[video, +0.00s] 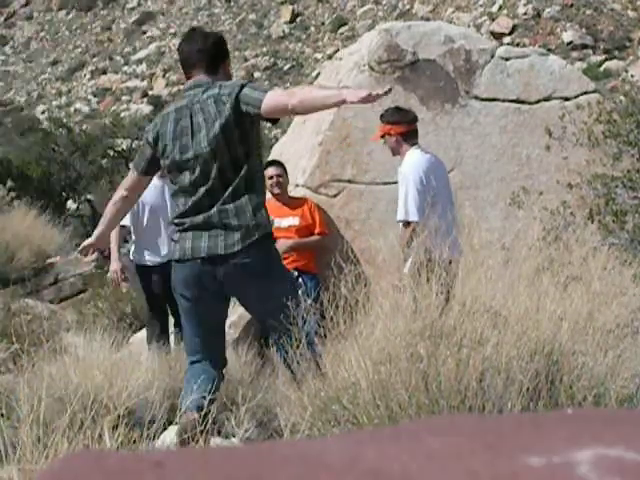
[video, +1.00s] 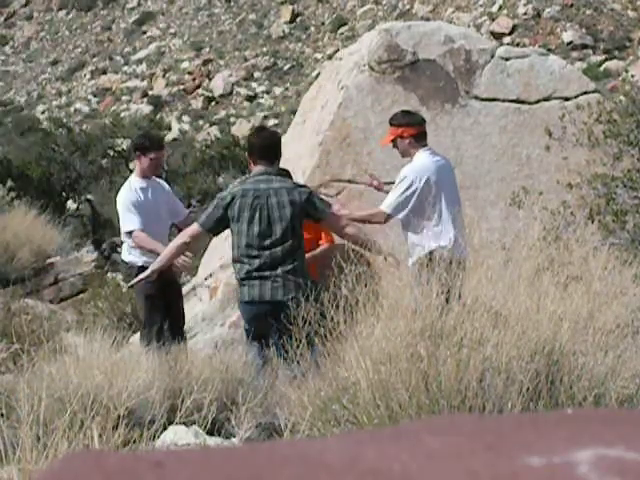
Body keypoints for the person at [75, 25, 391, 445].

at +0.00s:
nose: (229, 70)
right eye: (228, 64)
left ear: (183, 71)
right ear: (225, 64)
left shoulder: (163, 122)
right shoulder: (235, 94)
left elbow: (129, 190)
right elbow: (287, 102)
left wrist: (100, 235)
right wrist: (345, 96)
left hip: (189, 258)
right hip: (247, 249)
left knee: (203, 358)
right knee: (289, 335)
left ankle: (186, 423)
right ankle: (323, 413)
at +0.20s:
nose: (230, 105)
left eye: (225, 99)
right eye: (255, 97)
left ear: (224, 102)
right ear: (263, 97)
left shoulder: (208, 152)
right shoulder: (286, 124)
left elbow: (169, 223)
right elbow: (361, 122)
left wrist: (133, 277)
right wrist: (429, 110)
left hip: (249, 272)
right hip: (302, 256)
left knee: (282, 348)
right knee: (328, 343)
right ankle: (342, 410)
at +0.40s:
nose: (237, 127)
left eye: (238, 122)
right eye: (242, 121)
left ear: (243, 124)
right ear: (279, 119)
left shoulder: (231, 170)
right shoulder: (307, 145)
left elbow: (199, 237)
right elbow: (378, 170)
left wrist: (170, 287)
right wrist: (439, 179)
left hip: (283, 286)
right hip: (332, 271)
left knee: (296, 371)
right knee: (345, 356)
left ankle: (313, 437)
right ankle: (355, 426)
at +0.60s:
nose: (253, 141)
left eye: (254, 137)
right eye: (264, 136)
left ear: (258, 139)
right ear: (291, 136)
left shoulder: (245, 183)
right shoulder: (317, 169)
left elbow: (201, 230)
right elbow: (380, 192)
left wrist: (170, 258)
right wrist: (437, 208)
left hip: (285, 291)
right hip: (331, 284)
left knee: (296, 373)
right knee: (338, 365)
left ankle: (306, 436)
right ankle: (343, 428)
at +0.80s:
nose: (260, 145)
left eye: (258, 140)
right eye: (276, 139)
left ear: (257, 144)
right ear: (290, 143)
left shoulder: (240, 184)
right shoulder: (307, 182)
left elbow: (184, 214)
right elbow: (359, 214)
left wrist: (143, 233)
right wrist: (414, 235)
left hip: (262, 296)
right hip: (303, 292)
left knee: (262, 377)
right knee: (309, 373)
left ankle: (267, 440)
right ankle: (314, 435)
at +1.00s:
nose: (253, 163)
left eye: (250, 158)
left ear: (249, 159)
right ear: (280, 156)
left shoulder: (234, 194)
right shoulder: (298, 192)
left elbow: (189, 236)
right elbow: (342, 228)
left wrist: (154, 269)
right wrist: (376, 248)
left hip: (252, 296)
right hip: (292, 292)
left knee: (260, 362)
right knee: (304, 361)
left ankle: (263, 418)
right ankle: (314, 417)